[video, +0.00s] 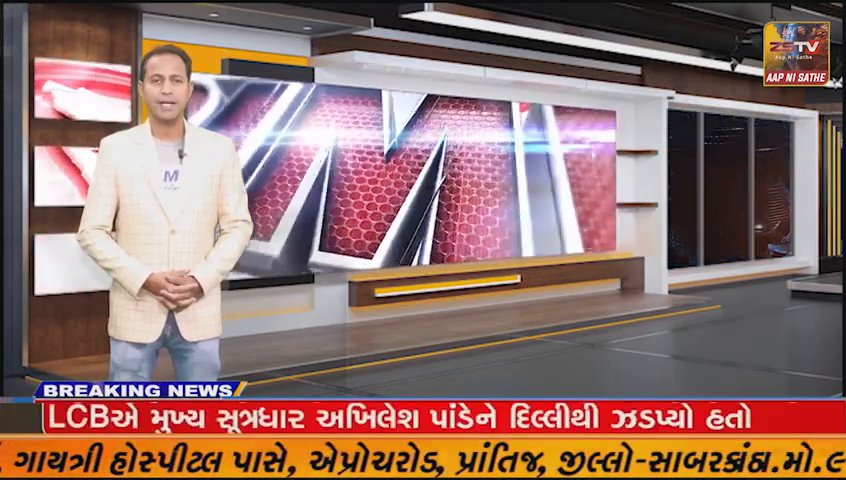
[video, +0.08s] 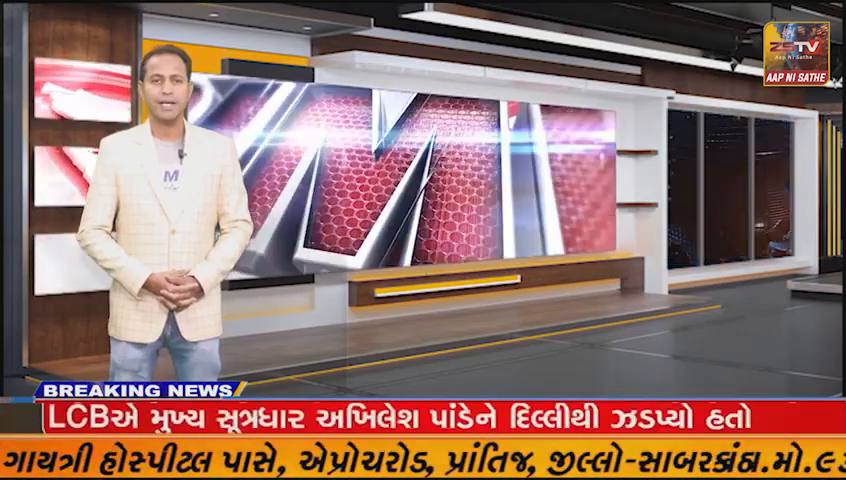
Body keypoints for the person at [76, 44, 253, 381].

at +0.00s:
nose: (166, 89)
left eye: (176, 80)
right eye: (156, 80)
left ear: (189, 90)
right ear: (142, 88)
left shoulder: (220, 149)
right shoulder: (116, 148)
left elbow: (238, 225)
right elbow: (91, 231)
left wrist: (201, 279)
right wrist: (145, 279)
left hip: (198, 310)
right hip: (135, 310)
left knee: (204, 420)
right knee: (125, 420)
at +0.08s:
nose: (167, 89)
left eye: (176, 80)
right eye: (156, 80)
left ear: (189, 90)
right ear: (142, 88)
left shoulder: (219, 148)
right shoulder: (116, 148)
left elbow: (238, 225)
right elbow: (91, 231)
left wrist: (201, 279)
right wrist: (145, 279)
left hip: (198, 310)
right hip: (135, 310)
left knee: (205, 420)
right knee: (125, 420)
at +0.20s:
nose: (167, 90)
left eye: (176, 80)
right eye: (157, 80)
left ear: (189, 90)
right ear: (142, 89)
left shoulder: (219, 149)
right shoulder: (115, 148)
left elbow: (238, 225)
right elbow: (91, 232)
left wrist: (202, 279)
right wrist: (145, 279)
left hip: (199, 310)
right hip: (135, 310)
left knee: (205, 420)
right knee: (126, 420)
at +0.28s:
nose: (167, 89)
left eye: (176, 80)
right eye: (157, 80)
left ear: (189, 89)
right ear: (143, 89)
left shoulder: (219, 147)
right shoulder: (115, 148)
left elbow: (238, 224)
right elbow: (92, 232)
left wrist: (202, 279)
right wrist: (145, 279)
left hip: (199, 310)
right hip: (135, 310)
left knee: (205, 420)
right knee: (125, 421)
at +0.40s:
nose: (166, 88)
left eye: (176, 79)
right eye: (156, 79)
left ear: (189, 89)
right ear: (142, 88)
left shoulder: (219, 147)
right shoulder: (116, 148)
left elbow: (238, 224)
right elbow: (91, 232)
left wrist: (202, 279)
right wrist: (145, 279)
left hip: (199, 309)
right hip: (135, 310)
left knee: (204, 420)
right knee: (126, 420)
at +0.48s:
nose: (166, 88)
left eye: (176, 79)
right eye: (156, 79)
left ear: (189, 88)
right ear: (142, 88)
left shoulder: (219, 146)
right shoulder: (115, 147)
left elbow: (239, 224)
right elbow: (91, 231)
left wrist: (201, 280)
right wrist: (145, 279)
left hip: (199, 309)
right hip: (135, 309)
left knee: (204, 420)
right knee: (125, 420)